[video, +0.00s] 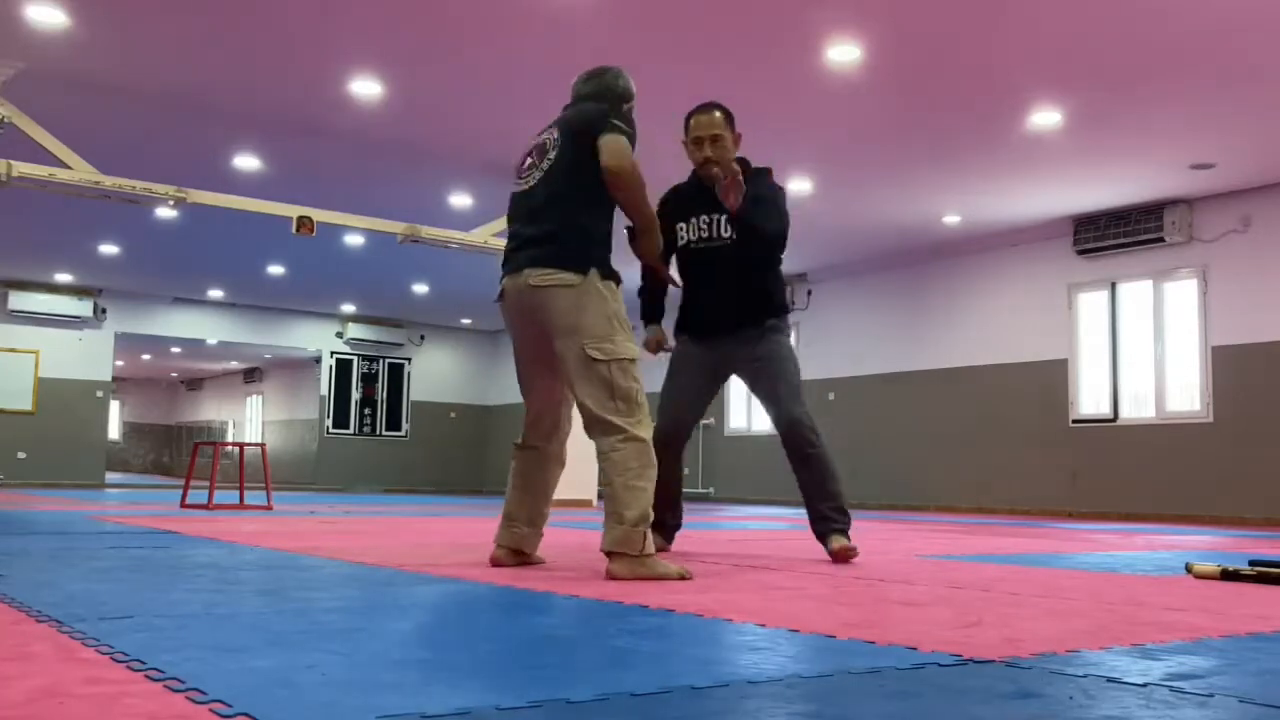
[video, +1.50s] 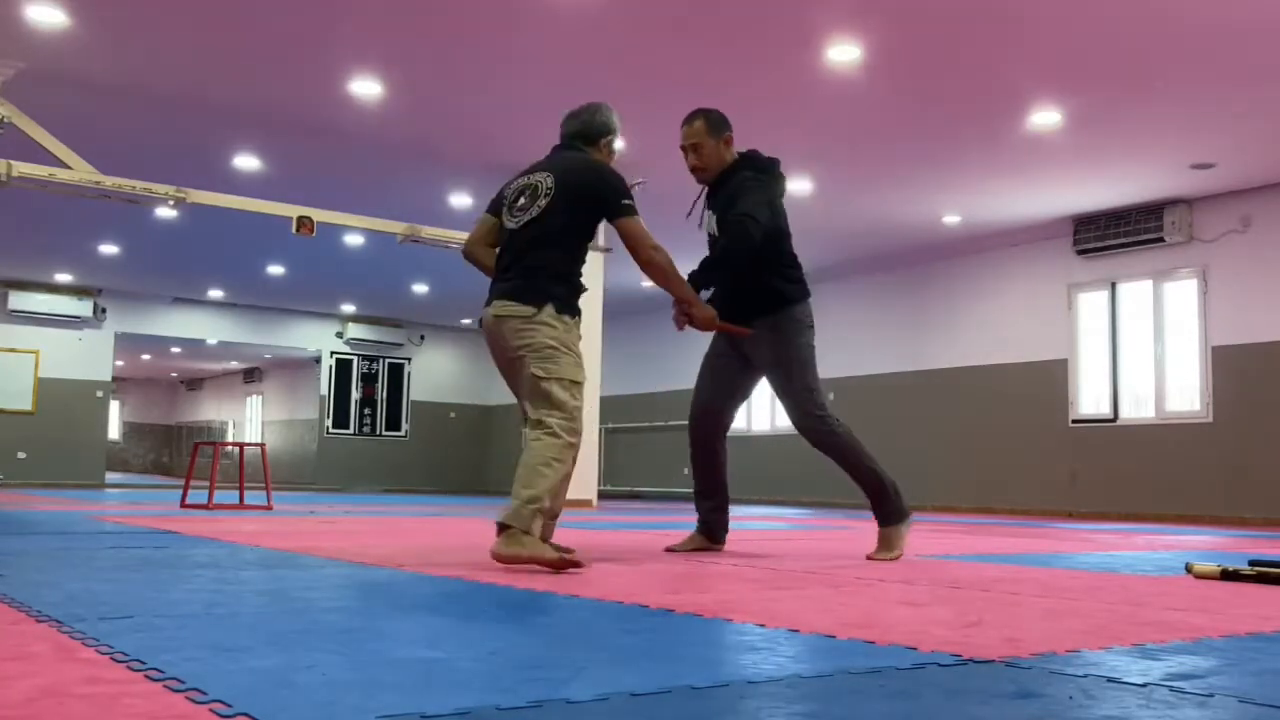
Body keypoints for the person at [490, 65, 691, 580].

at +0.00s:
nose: (633, 112)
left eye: (632, 104)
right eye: (631, 104)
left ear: (578, 98)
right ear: (622, 102)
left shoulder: (546, 139)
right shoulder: (607, 121)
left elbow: (549, 220)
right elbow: (617, 166)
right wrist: (648, 230)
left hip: (518, 284)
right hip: (573, 280)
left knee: (543, 421)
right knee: (622, 420)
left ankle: (514, 542)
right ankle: (630, 551)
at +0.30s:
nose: (599, 97)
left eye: (598, 91)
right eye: (599, 90)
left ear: (540, 81)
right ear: (590, 86)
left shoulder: (494, 127)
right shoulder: (599, 121)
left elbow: (452, 207)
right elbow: (616, 225)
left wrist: (486, 265)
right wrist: (623, 294)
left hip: (494, 283)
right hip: (554, 283)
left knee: (519, 419)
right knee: (560, 419)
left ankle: (511, 545)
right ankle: (503, 546)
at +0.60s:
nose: (603, 142)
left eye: (606, 132)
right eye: (605, 128)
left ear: (575, 113)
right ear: (592, 115)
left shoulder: (555, 169)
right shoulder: (549, 125)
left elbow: (584, 263)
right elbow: (532, 187)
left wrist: (617, 216)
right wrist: (583, 260)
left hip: (515, 303)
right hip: (520, 302)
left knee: (529, 422)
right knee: (552, 422)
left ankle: (522, 526)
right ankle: (501, 550)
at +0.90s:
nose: (631, 185)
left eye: (635, 177)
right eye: (629, 172)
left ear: (607, 164)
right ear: (605, 157)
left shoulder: (595, 231)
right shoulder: (537, 168)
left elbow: (641, 289)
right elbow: (467, 202)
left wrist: (689, 232)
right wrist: (509, 251)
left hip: (532, 334)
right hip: (485, 314)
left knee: (572, 431)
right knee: (505, 407)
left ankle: (526, 537)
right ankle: (450, 544)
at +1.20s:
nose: (627, 189)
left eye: (632, 181)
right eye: (628, 176)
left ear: (607, 167)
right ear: (607, 162)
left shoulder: (586, 234)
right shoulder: (544, 174)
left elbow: (613, 304)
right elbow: (475, 193)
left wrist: (672, 276)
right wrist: (516, 250)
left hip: (529, 337)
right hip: (491, 322)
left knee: (571, 425)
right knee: (507, 422)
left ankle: (529, 533)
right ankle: (450, 544)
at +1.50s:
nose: (614, 157)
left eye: (614, 149)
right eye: (614, 149)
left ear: (566, 138)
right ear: (603, 144)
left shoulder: (525, 178)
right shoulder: (600, 176)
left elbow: (475, 246)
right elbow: (646, 252)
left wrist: (520, 277)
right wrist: (693, 302)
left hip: (501, 313)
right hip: (542, 315)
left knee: (545, 423)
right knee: (559, 425)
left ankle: (536, 535)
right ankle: (519, 535)